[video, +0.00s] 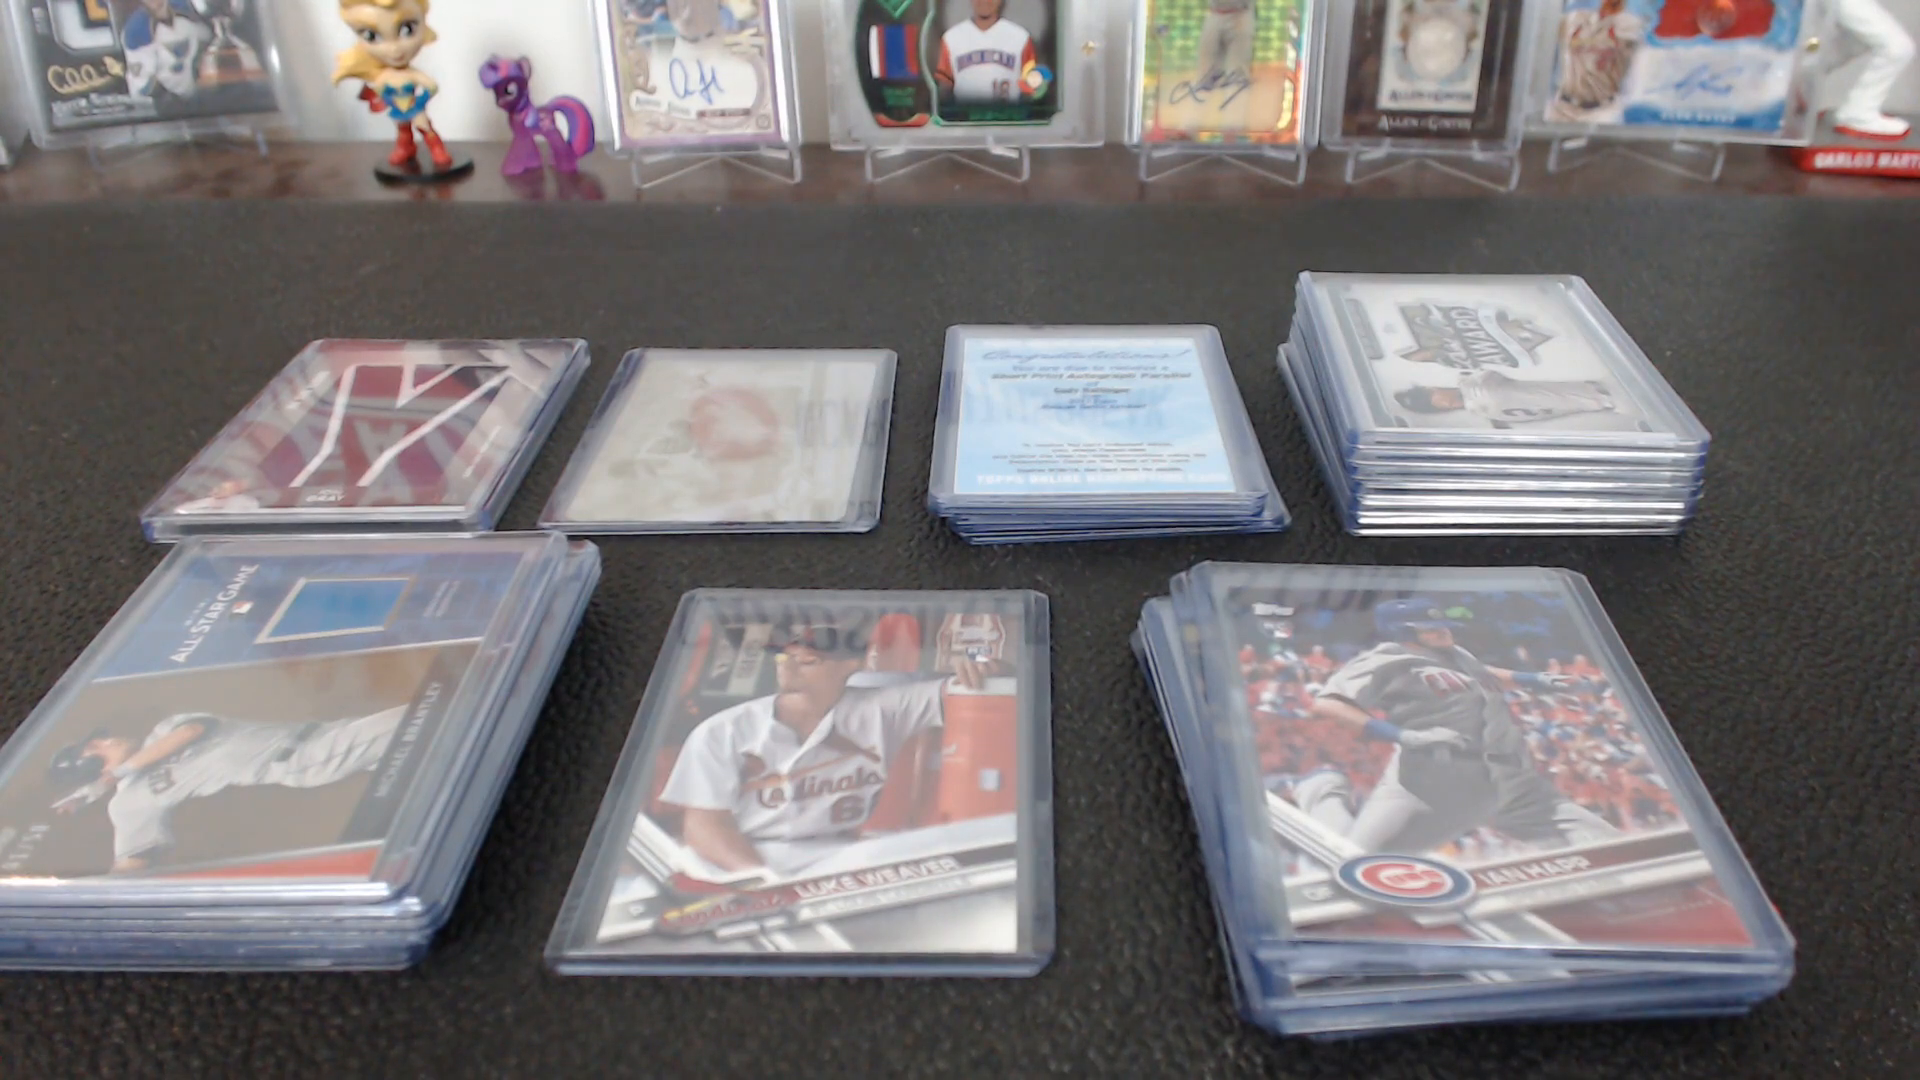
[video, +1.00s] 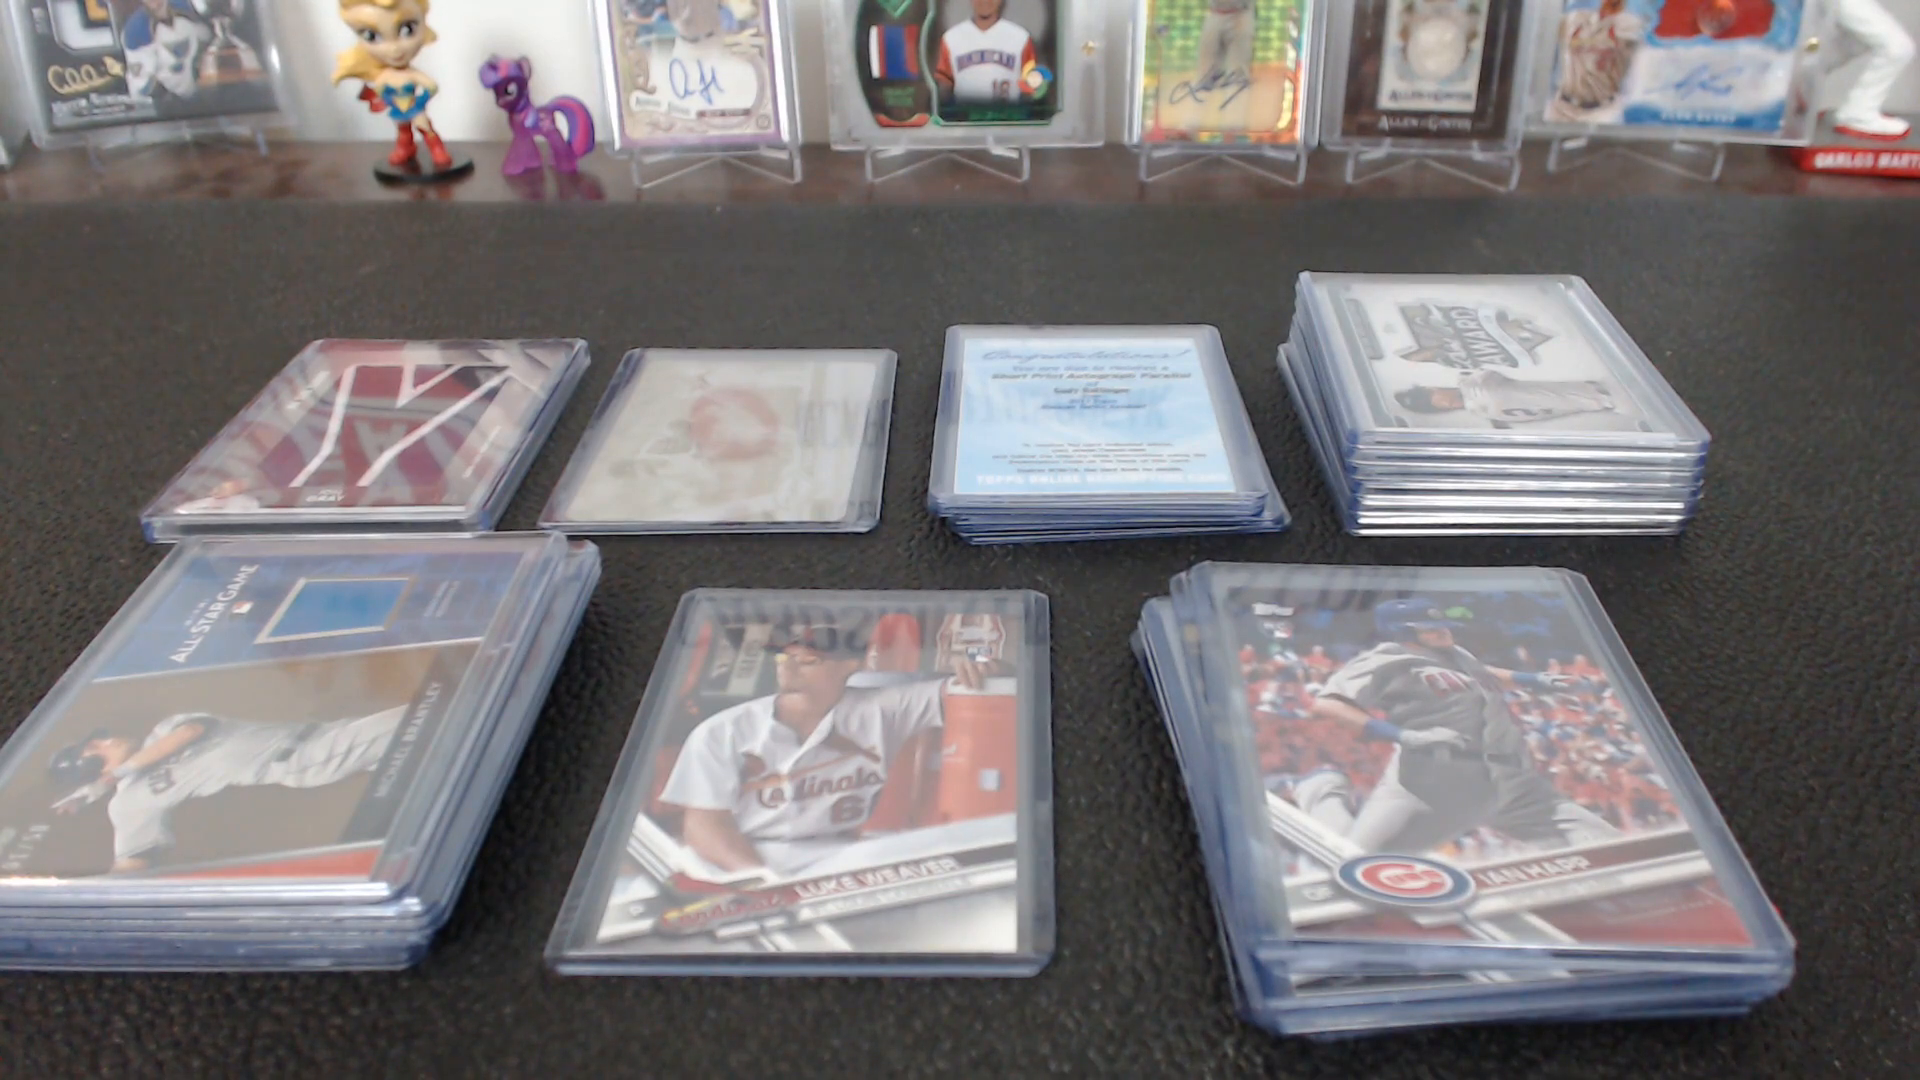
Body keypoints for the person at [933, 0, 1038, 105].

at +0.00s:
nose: (983, 2)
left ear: (1000, 2)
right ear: (971, 2)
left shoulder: (1020, 37)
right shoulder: (951, 37)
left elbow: (1030, 80)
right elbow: (944, 79)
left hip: (1009, 120)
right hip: (965, 119)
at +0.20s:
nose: (983, 2)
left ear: (1000, 2)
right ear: (971, 2)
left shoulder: (1020, 36)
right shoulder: (951, 37)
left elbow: (1030, 80)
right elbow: (944, 78)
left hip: (1009, 119)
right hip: (966, 119)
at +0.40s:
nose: (984, 2)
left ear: (1000, 2)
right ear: (971, 2)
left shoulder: (1020, 37)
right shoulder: (951, 37)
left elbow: (1030, 81)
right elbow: (944, 78)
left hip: (1009, 120)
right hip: (965, 119)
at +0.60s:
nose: (984, 2)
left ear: (1001, 2)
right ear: (971, 2)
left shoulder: (1020, 37)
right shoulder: (951, 38)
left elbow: (1029, 80)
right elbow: (944, 78)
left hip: (1009, 121)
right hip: (965, 119)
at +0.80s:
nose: (984, 2)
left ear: (1000, 2)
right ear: (971, 2)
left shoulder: (1020, 37)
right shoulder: (950, 38)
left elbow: (1029, 81)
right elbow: (944, 78)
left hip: (1009, 121)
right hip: (965, 120)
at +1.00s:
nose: (984, 2)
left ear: (1000, 2)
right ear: (971, 2)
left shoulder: (1020, 37)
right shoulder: (950, 38)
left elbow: (1029, 81)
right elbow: (944, 78)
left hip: (1008, 121)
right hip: (965, 120)